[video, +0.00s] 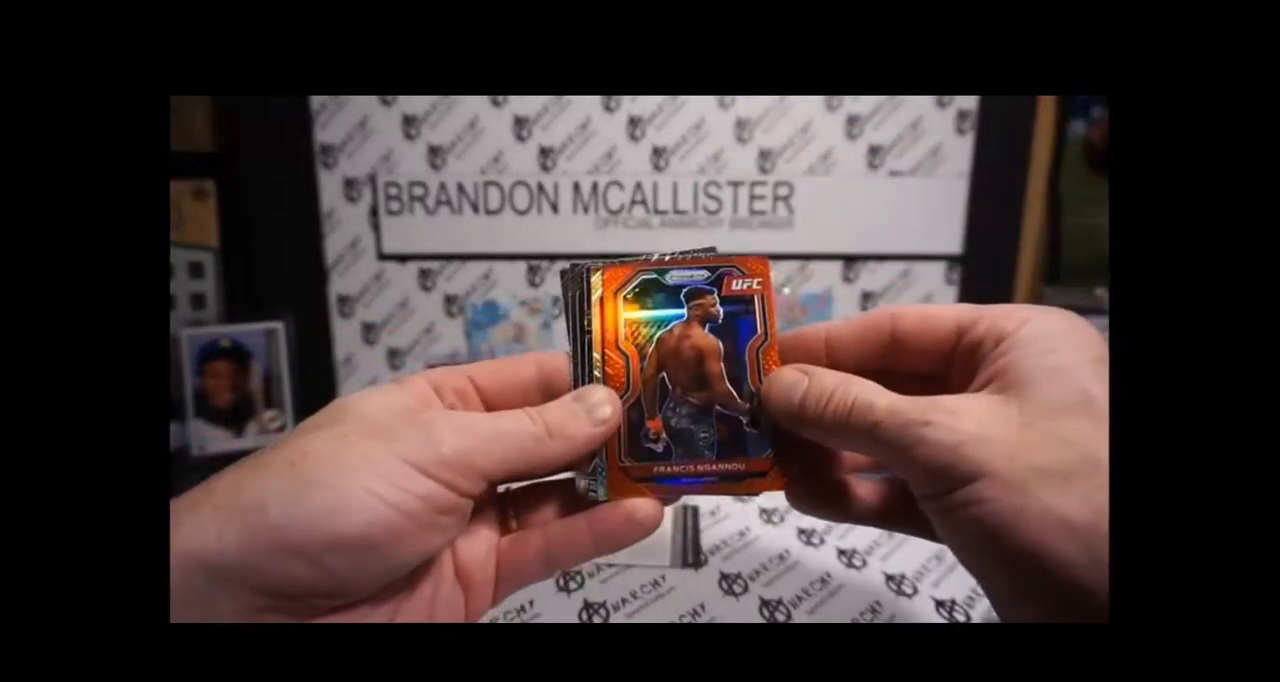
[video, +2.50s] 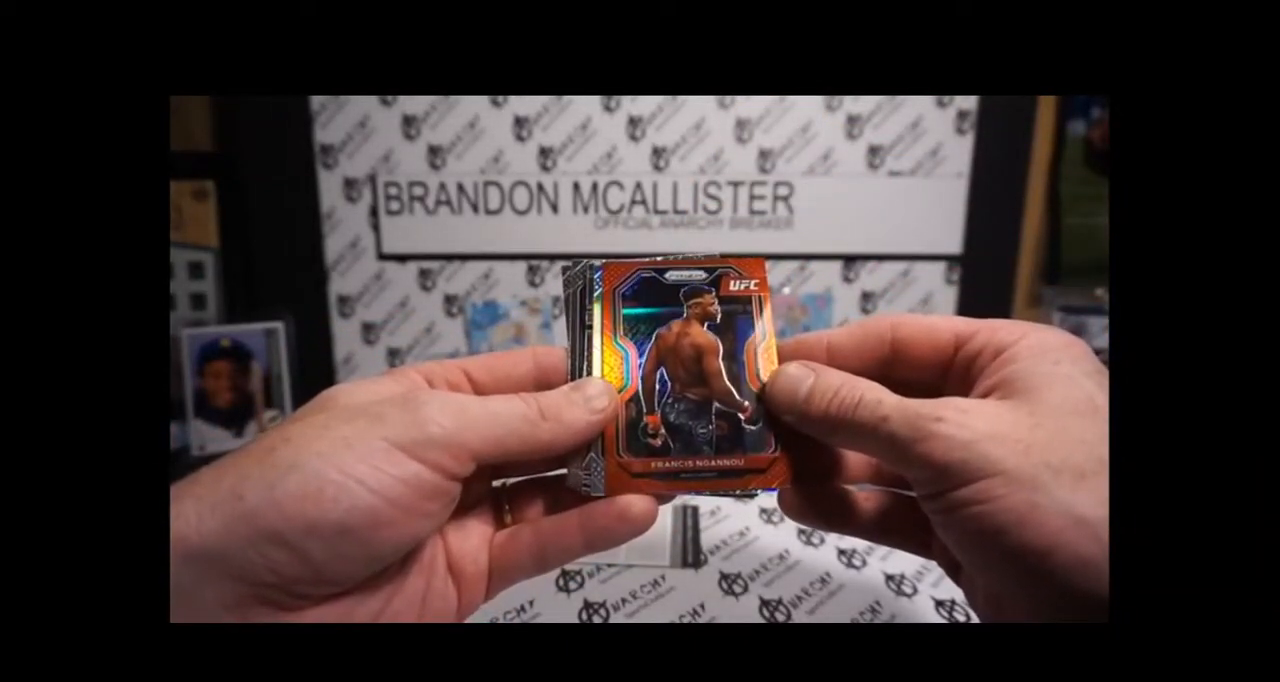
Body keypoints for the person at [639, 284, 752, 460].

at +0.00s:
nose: (720, 310)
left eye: (718, 304)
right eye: (714, 305)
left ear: (693, 310)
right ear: (697, 309)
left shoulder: (664, 338)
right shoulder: (709, 343)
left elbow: (649, 377)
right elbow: (721, 390)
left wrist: (651, 417)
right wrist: (745, 410)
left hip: (672, 410)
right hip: (698, 415)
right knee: (703, 478)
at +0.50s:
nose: (720, 307)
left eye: (719, 301)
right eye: (714, 302)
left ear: (694, 307)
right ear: (696, 306)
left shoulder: (665, 333)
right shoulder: (709, 340)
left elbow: (649, 373)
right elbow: (721, 388)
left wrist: (651, 413)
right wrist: (745, 408)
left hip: (673, 407)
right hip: (699, 413)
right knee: (701, 474)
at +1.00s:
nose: (720, 309)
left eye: (719, 303)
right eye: (714, 304)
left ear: (696, 308)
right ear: (697, 308)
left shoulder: (665, 334)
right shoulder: (709, 342)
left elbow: (649, 373)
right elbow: (720, 391)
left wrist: (650, 413)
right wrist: (743, 409)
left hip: (671, 408)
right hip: (697, 414)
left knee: (678, 471)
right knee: (699, 474)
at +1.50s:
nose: (717, 307)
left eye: (716, 302)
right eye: (711, 303)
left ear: (692, 309)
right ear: (693, 308)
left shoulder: (662, 334)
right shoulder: (706, 340)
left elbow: (646, 374)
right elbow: (718, 388)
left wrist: (649, 413)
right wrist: (742, 407)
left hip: (670, 406)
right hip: (696, 412)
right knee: (700, 474)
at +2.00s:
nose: (715, 306)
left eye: (714, 301)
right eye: (709, 302)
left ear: (690, 308)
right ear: (691, 307)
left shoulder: (660, 334)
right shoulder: (705, 339)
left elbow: (644, 375)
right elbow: (717, 388)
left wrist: (647, 413)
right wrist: (741, 407)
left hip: (669, 406)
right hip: (695, 411)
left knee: (677, 468)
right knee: (699, 472)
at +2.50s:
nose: (718, 308)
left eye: (716, 303)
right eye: (713, 304)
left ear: (693, 309)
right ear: (694, 308)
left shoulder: (663, 334)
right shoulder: (708, 341)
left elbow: (648, 374)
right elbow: (720, 389)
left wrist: (650, 413)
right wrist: (743, 407)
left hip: (671, 407)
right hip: (698, 412)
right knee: (702, 474)